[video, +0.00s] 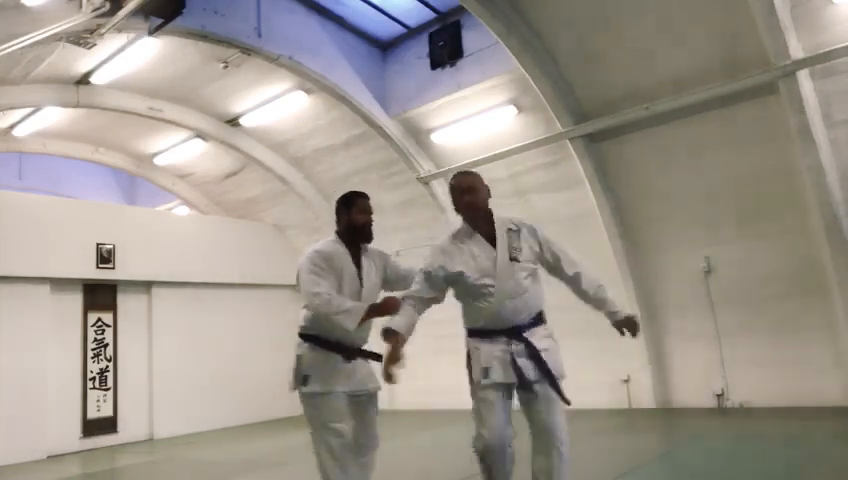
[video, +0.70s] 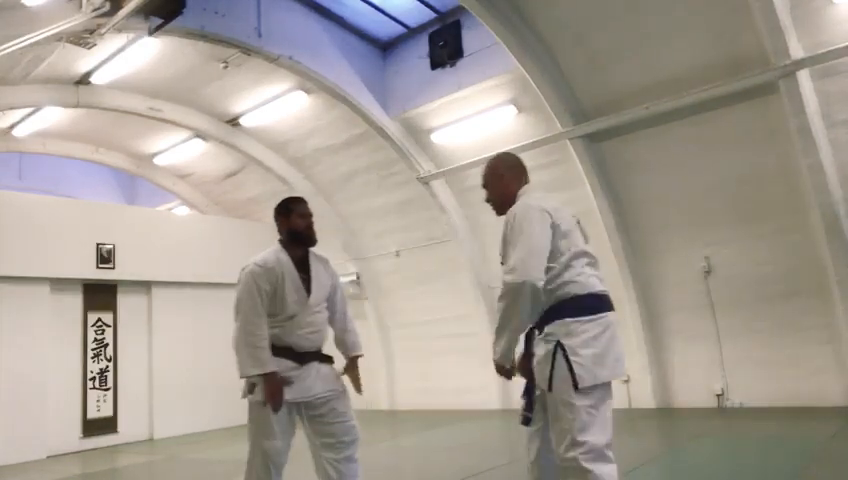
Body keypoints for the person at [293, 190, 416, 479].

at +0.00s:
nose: (370, 220)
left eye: (371, 213)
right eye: (364, 213)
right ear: (342, 217)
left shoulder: (376, 259)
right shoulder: (318, 258)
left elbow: (414, 279)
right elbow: (320, 304)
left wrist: (440, 278)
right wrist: (371, 310)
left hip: (357, 363)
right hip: (321, 366)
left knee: (366, 442)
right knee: (336, 444)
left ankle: (357, 477)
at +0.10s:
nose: (363, 218)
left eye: (364, 212)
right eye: (356, 213)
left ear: (362, 215)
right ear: (335, 216)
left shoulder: (371, 259)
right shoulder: (313, 256)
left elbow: (396, 296)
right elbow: (314, 303)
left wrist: (429, 300)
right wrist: (369, 310)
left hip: (354, 363)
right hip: (314, 364)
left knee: (359, 443)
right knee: (319, 442)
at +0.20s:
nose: (355, 219)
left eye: (355, 213)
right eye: (348, 213)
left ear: (354, 214)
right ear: (327, 217)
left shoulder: (365, 260)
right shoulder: (307, 257)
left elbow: (385, 309)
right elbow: (309, 303)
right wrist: (364, 311)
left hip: (350, 364)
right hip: (310, 365)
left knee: (358, 446)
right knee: (298, 446)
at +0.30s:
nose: (345, 219)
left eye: (346, 213)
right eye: (337, 213)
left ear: (346, 217)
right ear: (318, 219)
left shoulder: (358, 262)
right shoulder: (300, 259)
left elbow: (371, 314)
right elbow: (301, 303)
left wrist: (376, 362)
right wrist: (356, 319)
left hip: (347, 366)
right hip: (305, 367)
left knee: (359, 445)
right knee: (285, 447)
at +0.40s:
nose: (335, 220)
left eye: (336, 214)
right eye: (327, 214)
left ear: (337, 219)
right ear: (308, 221)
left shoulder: (349, 265)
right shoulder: (292, 261)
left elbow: (361, 316)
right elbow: (291, 308)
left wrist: (360, 362)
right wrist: (336, 339)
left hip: (342, 368)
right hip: (300, 369)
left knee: (358, 445)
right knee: (281, 450)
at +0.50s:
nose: (326, 223)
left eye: (327, 217)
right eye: (319, 217)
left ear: (328, 220)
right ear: (298, 222)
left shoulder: (337, 266)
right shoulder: (280, 266)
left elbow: (351, 313)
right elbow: (277, 320)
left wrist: (359, 354)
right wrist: (311, 357)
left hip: (335, 370)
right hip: (291, 374)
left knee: (352, 446)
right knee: (279, 456)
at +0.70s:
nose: (312, 222)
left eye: (311, 217)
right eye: (304, 217)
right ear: (282, 222)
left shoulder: (322, 266)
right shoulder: (260, 270)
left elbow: (339, 313)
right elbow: (250, 328)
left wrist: (353, 355)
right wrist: (268, 374)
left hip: (318, 369)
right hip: (274, 372)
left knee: (342, 444)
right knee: (269, 456)